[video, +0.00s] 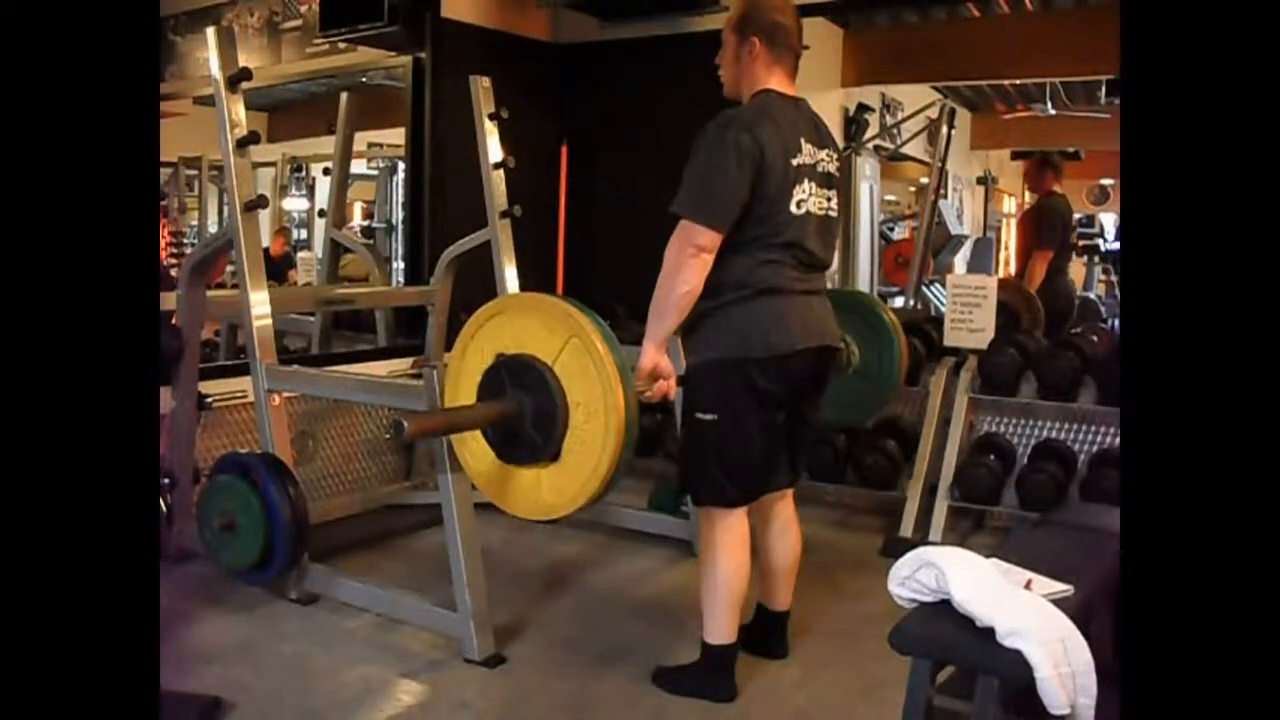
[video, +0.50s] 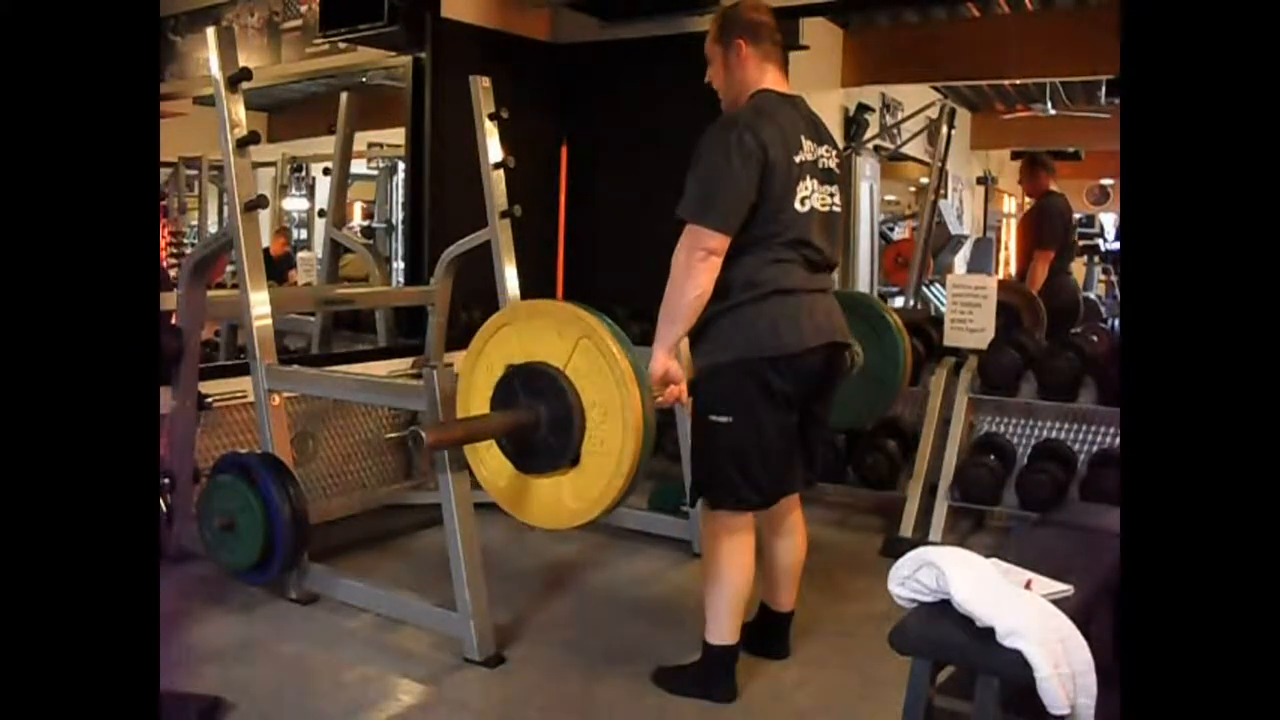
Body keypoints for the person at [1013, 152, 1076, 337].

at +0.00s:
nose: (1025, 178)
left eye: (1029, 172)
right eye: (1025, 173)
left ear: (1046, 174)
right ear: (1049, 175)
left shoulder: (1050, 206)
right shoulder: (1058, 202)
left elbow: (1042, 257)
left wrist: (1023, 299)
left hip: (1045, 291)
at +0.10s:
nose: (1024, 178)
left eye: (1029, 172)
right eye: (1025, 172)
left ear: (1046, 174)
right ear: (1049, 175)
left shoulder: (1049, 206)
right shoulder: (1057, 202)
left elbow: (1042, 257)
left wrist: (1023, 299)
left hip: (1046, 290)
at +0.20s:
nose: (1023, 177)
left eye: (1028, 172)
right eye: (1024, 172)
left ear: (1044, 174)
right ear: (1048, 176)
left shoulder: (1049, 205)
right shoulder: (1057, 202)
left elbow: (1042, 257)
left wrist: (1024, 300)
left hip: (1048, 288)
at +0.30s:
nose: (1021, 179)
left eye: (1025, 174)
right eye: (1022, 174)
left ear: (1042, 174)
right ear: (1044, 175)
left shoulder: (1049, 205)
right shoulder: (1056, 202)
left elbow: (1042, 258)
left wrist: (1024, 301)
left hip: (1049, 291)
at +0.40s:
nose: (1020, 182)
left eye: (1024, 176)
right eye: (1021, 177)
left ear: (1040, 175)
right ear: (1043, 176)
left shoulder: (1049, 206)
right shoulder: (1056, 203)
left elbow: (1042, 259)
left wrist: (1024, 301)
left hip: (1049, 290)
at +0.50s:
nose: (1019, 183)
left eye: (1023, 177)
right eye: (1020, 178)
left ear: (1039, 175)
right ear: (1042, 176)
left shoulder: (1050, 205)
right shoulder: (1054, 202)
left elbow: (1043, 258)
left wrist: (1025, 301)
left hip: (1050, 291)